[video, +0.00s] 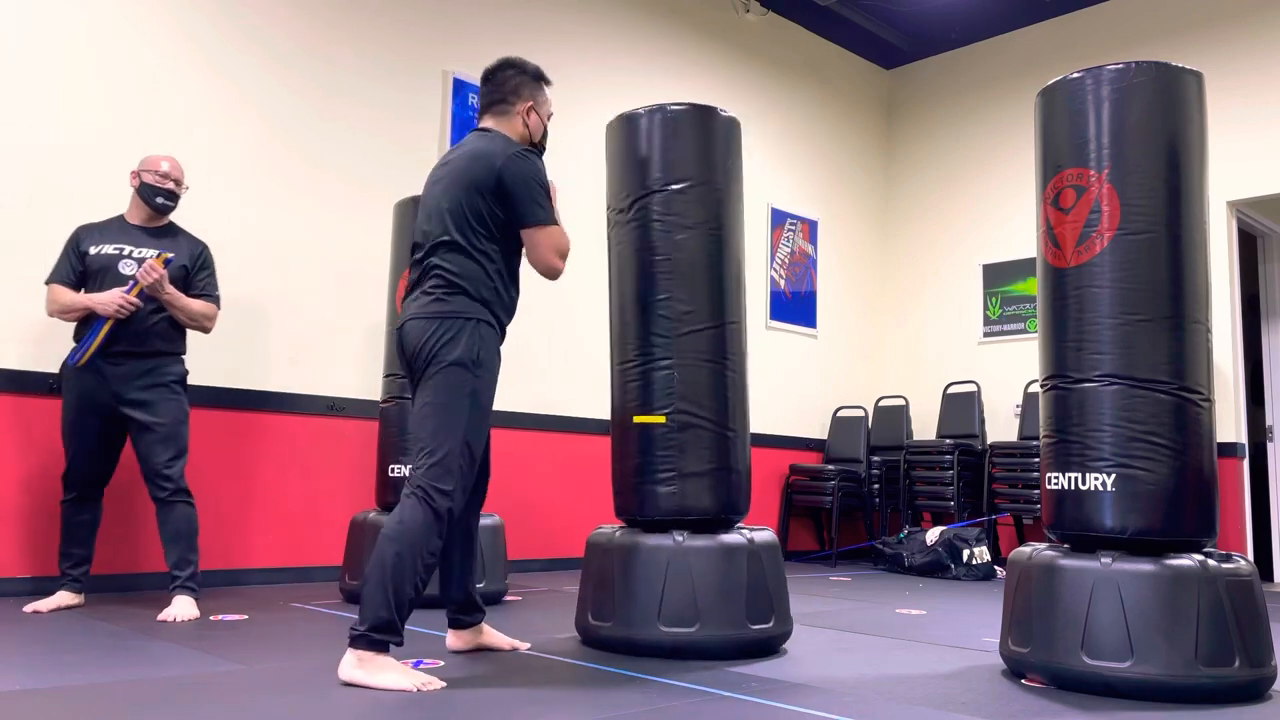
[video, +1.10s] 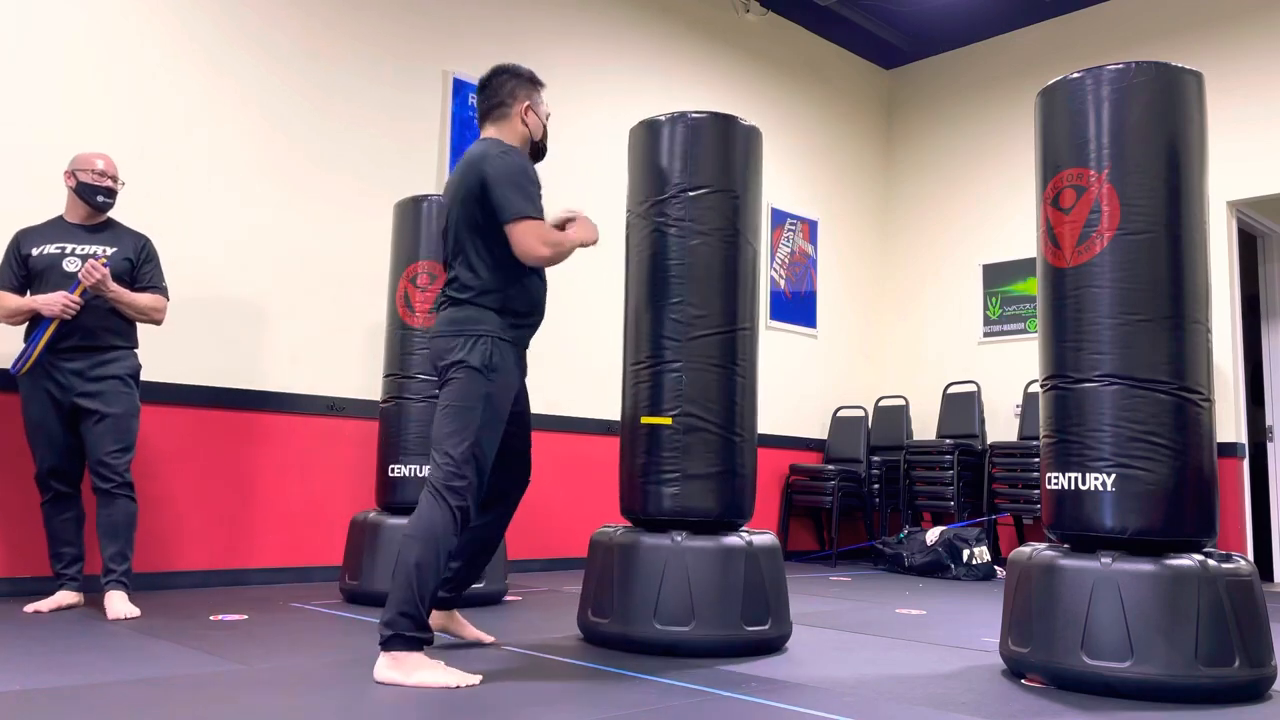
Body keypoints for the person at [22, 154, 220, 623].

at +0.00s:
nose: (168, 185)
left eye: (176, 182)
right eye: (159, 176)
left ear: (182, 194)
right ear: (133, 180)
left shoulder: (193, 250)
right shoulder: (88, 237)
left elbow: (207, 320)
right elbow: (56, 301)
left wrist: (166, 291)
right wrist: (93, 301)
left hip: (158, 382)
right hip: (91, 379)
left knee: (169, 483)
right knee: (80, 484)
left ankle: (184, 592)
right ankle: (71, 587)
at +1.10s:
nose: (106, 183)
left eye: (112, 178)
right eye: (95, 174)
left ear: (119, 189)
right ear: (69, 180)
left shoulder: (136, 245)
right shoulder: (28, 241)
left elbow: (157, 311)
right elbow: (3, 307)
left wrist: (111, 290)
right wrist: (37, 303)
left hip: (110, 378)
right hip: (45, 378)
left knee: (113, 479)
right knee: (56, 482)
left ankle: (116, 587)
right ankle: (69, 586)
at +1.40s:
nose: (99, 182)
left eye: (106, 177)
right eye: (89, 173)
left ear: (112, 187)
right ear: (60, 178)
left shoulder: (127, 242)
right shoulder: (19, 240)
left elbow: (148, 310)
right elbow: (1, 307)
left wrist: (96, 287)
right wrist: (25, 302)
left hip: (97, 367)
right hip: (35, 369)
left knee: (71, 463)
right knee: (44, 474)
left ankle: (60, 586)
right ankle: (67, 579)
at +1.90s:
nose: (39, 186)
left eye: (51, 179)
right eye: (31, 175)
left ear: (72, 179)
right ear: (19, 168)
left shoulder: (90, 236)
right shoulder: (3, 221)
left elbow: (114, 307)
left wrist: (47, 288)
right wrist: (5, 289)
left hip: (48, 358)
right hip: (4, 358)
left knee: (11, 467)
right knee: (29, 470)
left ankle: (1, 582)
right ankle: (67, 576)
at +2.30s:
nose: (2, 181)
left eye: (4, 172)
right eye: (3, 172)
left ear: (13, 171)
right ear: (10, 170)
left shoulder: (35, 222)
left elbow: (76, 298)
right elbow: (75, 296)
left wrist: (8, 313)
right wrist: (14, 315)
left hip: (2, 367)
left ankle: (0, 581)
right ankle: (1, 579)